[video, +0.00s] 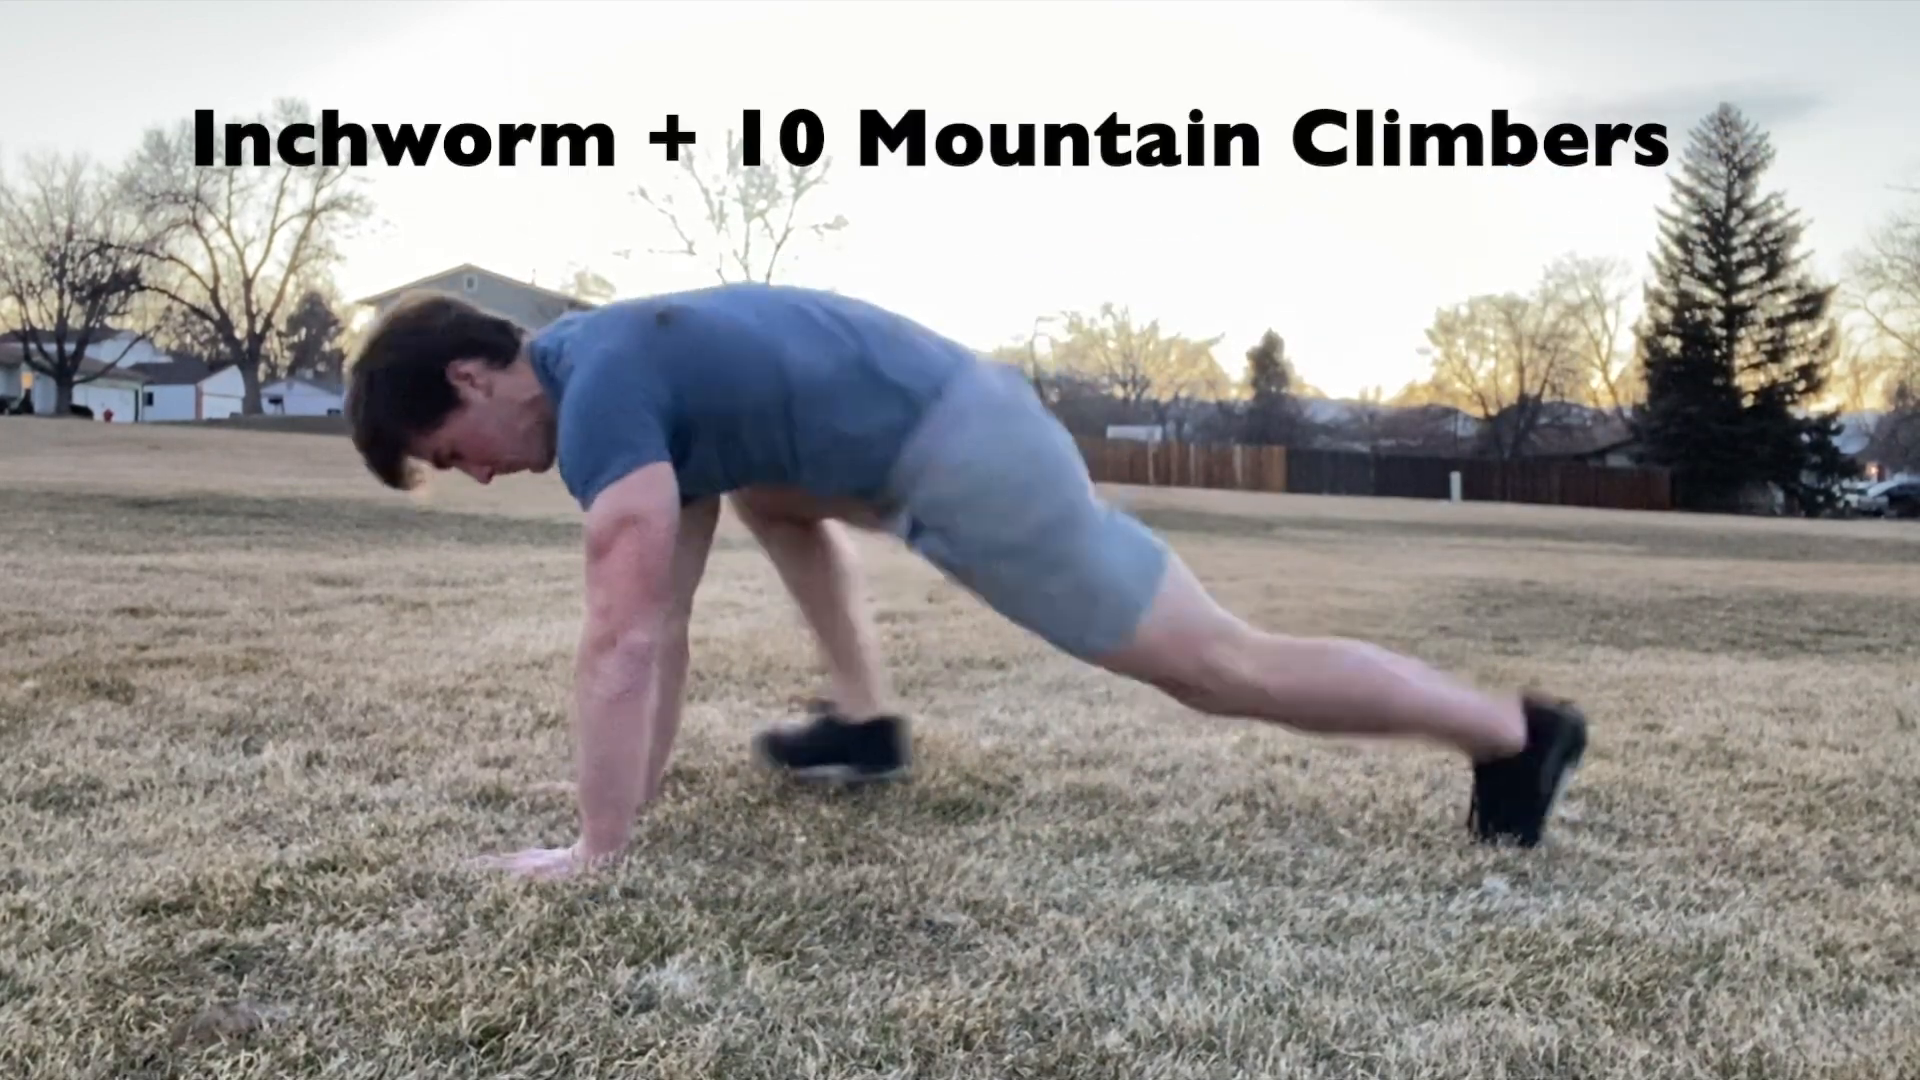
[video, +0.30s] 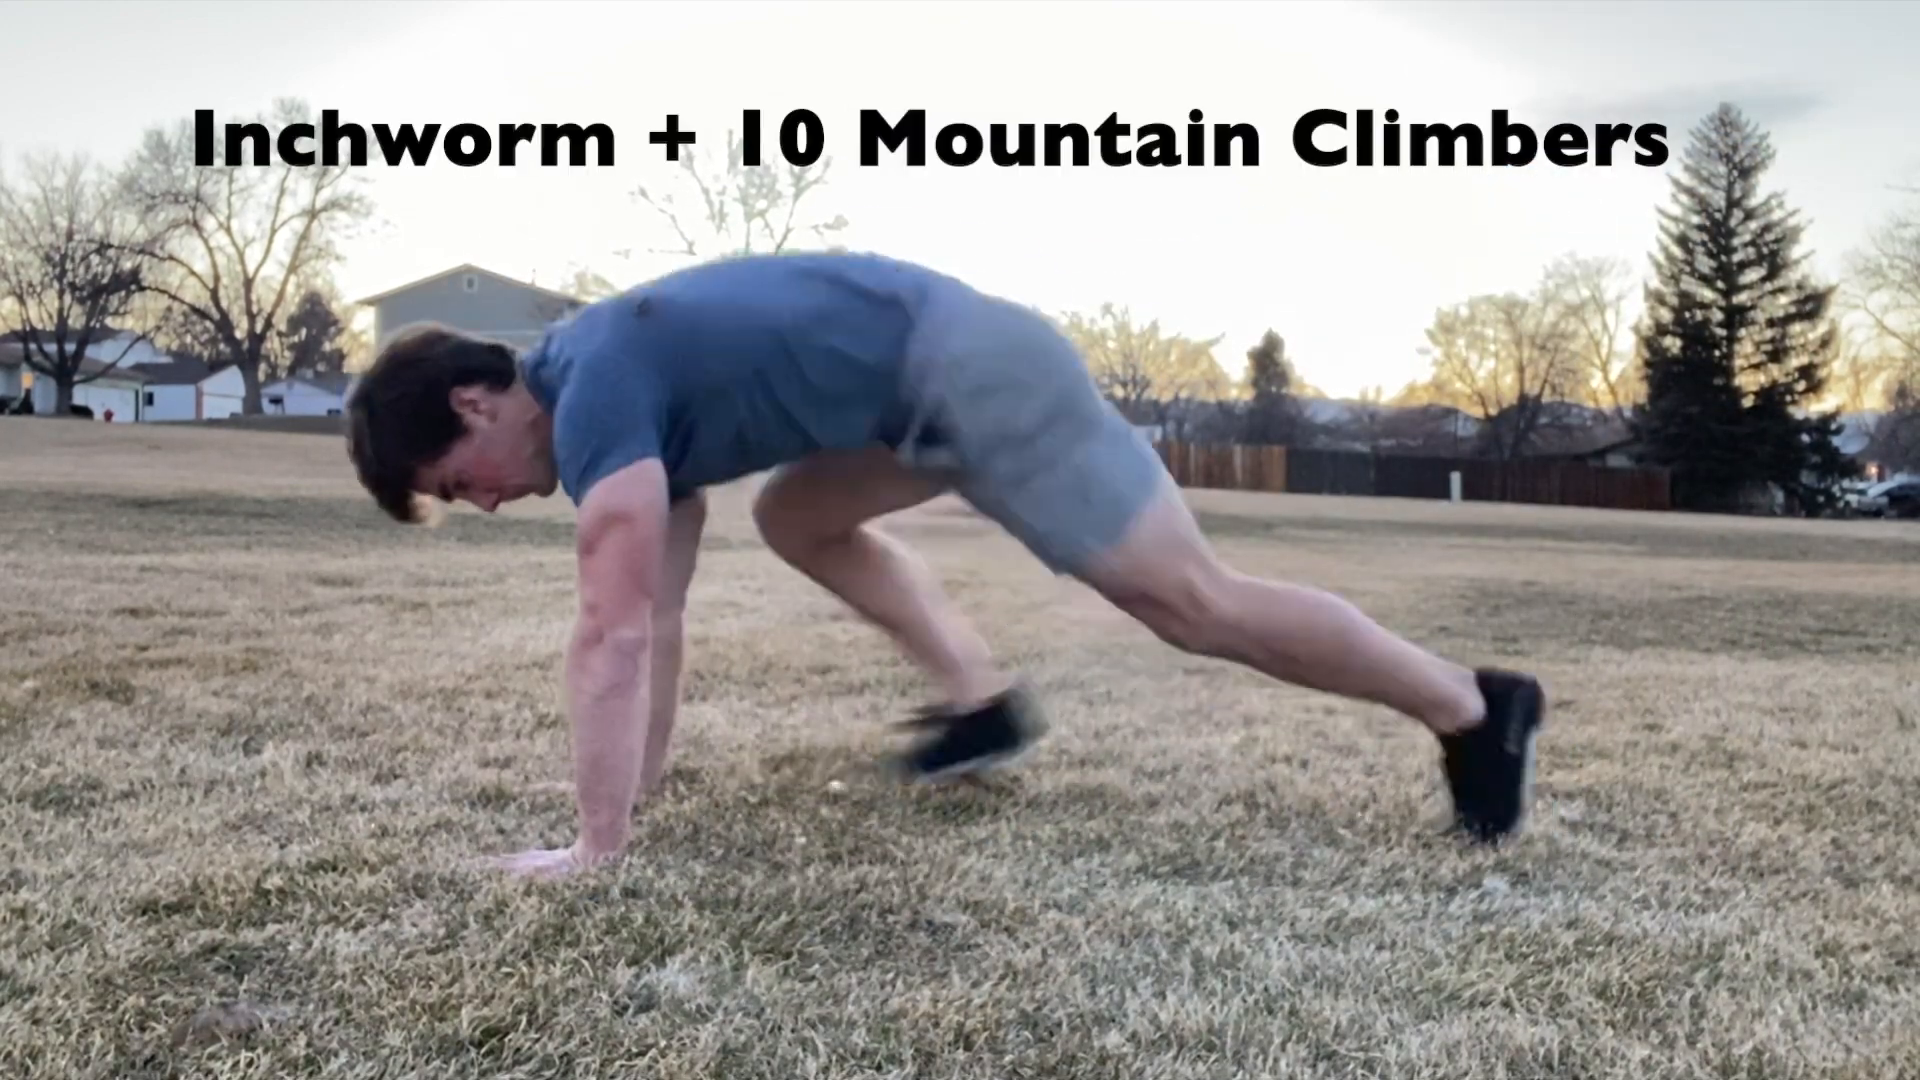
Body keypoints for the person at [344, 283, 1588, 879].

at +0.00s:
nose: (473, 473)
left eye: (452, 450)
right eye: (451, 465)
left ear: (476, 379)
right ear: (488, 376)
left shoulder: (602, 377)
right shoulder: (618, 371)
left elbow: (634, 621)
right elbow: (643, 629)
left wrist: (602, 839)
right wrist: (623, 819)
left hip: (966, 449)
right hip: (911, 445)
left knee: (1216, 663)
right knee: (753, 492)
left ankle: (1515, 733)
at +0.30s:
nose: (476, 502)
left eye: (455, 480)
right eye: (453, 495)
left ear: (479, 404)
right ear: (483, 410)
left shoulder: (601, 376)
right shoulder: (610, 383)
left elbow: (619, 624)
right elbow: (647, 622)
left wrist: (598, 841)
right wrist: (640, 784)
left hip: (974, 363)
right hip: (922, 400)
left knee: (1193, 603)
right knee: (794, 510)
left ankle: (1477, 709)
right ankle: (979, 701)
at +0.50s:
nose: (459, 512)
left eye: (437, 491)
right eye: (434, 505)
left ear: (458, 415)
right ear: (461, 410)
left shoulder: (605, 371)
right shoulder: (581, 378)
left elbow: (622, 630)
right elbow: (633, 605)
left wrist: (593, 845)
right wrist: (637, 763)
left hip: (949, 289)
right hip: (922, 345)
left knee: (856, 459)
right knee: (1093, 580)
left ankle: (1058, 735)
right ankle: (1378, 588)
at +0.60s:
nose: (455, 499)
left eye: (436, 475)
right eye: (431, 491)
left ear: (464, 399)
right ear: (466, 407)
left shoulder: (620, 368)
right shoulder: (584, 404)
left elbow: (631, 631)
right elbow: (633, 631)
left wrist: (590, 847)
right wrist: (602, 818)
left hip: (964, 356)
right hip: (933, 441)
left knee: (764, 430)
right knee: (1162, 604)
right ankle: (1429, 714)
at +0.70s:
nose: (467, 493)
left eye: (448, 469)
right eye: (444, 485)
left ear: (478, 394)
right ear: (481, 399)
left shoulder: (638, 372)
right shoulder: (606, 411)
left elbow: (637, 628)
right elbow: (638, 634)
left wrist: (584, 850)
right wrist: (605, 836)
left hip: (979, 420)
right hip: (952, 500)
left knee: (741, 472)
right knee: (1149, 682)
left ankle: (792, 816)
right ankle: (1448, 745)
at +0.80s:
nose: (460, 506)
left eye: (436, 485)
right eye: (435, 500)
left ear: (457, 409)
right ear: (461, 411)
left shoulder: (623, 376)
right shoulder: (589, 402)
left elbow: (631, 637)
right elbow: (631, 629)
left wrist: (598, 846)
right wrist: (610, 811)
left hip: (959, 361)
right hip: (945, 418)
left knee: (767, 459)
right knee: (1139, 626)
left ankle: (908, 787)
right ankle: (1421, 735)